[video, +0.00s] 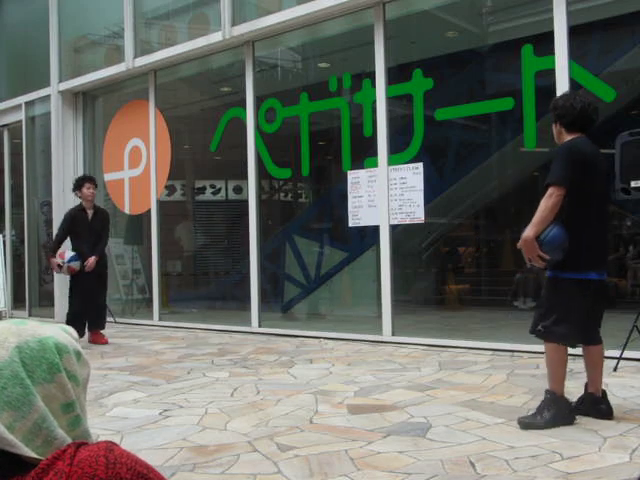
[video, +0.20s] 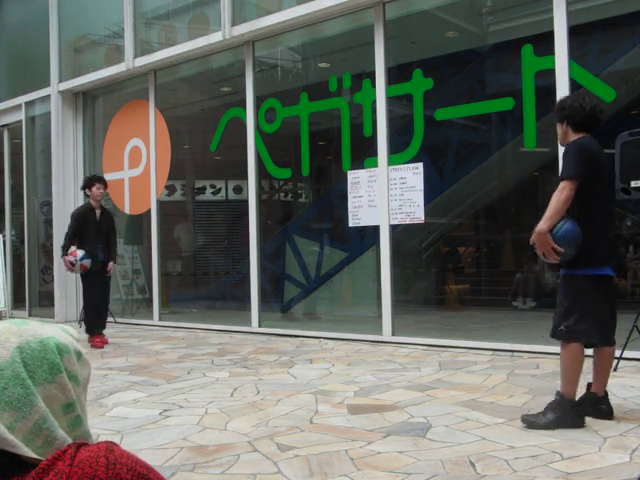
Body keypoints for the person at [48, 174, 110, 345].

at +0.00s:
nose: (91, 192)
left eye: (93, 188)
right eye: (87, 189)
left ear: (96, 191)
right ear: (78, 193)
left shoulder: (103, 214)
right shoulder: (73, 214)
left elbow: (104, 240)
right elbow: (60, 237)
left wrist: (95, 257)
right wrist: (51, 255)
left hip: (99, 262)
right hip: (79, 263)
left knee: (97, 297)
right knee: (78, 298)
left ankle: (95, 331)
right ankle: (73, 334)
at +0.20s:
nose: (100, 192)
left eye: (102, 189)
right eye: (97, 188)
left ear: (105, 192)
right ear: (88, 191)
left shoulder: (107, 215)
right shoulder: (80, 213)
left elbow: (112, 239)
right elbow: (70, 236)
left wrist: (112, 259)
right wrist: (65, 254)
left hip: (103, 261)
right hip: (87, 262)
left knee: (103, 297)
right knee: (91, 296)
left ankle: (100, 331)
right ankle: (93, 333)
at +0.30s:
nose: (105, 192)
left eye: (107, 189)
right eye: (101, 189)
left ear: (109, 191)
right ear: (92, 191)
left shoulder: (109, 215)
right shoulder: (84, 212)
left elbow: (114, 240)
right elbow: (75, 235)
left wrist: (121, 263)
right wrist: (72, 253)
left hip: (105, 261)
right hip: (89, 262)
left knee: (104, 297)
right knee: (98, 298)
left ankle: (94, 331)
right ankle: (107, 332)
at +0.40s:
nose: (108, 192)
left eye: (110, 189)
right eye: (105, 189)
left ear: (111, 192)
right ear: (95, 191)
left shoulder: (109, 214)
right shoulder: (88, 212)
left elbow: (116, 239)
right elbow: (81, 234)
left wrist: (126, 261)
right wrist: (82, 253)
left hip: (108, 259)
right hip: (92, 260)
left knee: (104, 297)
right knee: (101, 297)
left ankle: (95, 330)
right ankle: (117, 331)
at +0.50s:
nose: (112, 192)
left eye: (113, 189)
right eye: (108, 189)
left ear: (114, 191)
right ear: (98, 191)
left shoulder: (110, 213)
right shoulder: (91, 213)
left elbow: (117, 238)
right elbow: (88, 237)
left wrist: (127, 258)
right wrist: (93, 254)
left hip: (110, 260)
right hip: (96, 261)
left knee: (104, 296)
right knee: (106, 296)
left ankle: (95, 329)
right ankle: (120, 331)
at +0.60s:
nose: (115, 192)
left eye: (115, 189)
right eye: (111, 189)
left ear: (114, 191)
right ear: (101, 192)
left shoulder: (111, 212)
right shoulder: (95, 212)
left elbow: (117, 238)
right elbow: (95, 237)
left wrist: (126, 258)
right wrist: (106, 253)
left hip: (110, 259)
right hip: (98, 259)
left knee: (106, 296)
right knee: (110, 296)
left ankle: (96, 329)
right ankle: (121, 331)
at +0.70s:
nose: (118, 192)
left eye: (118, 188)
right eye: (115, 188)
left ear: (108, 191)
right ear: (105, 192)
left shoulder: (110, 210)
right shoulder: (104, 211)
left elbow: (115, 236)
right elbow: (107, 237)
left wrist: (122, 254)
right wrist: (119, 254)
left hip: (108, 256)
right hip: (103, 257)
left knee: (109, 294)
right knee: (112, 294)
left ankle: (96, 328)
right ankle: (122, 332)